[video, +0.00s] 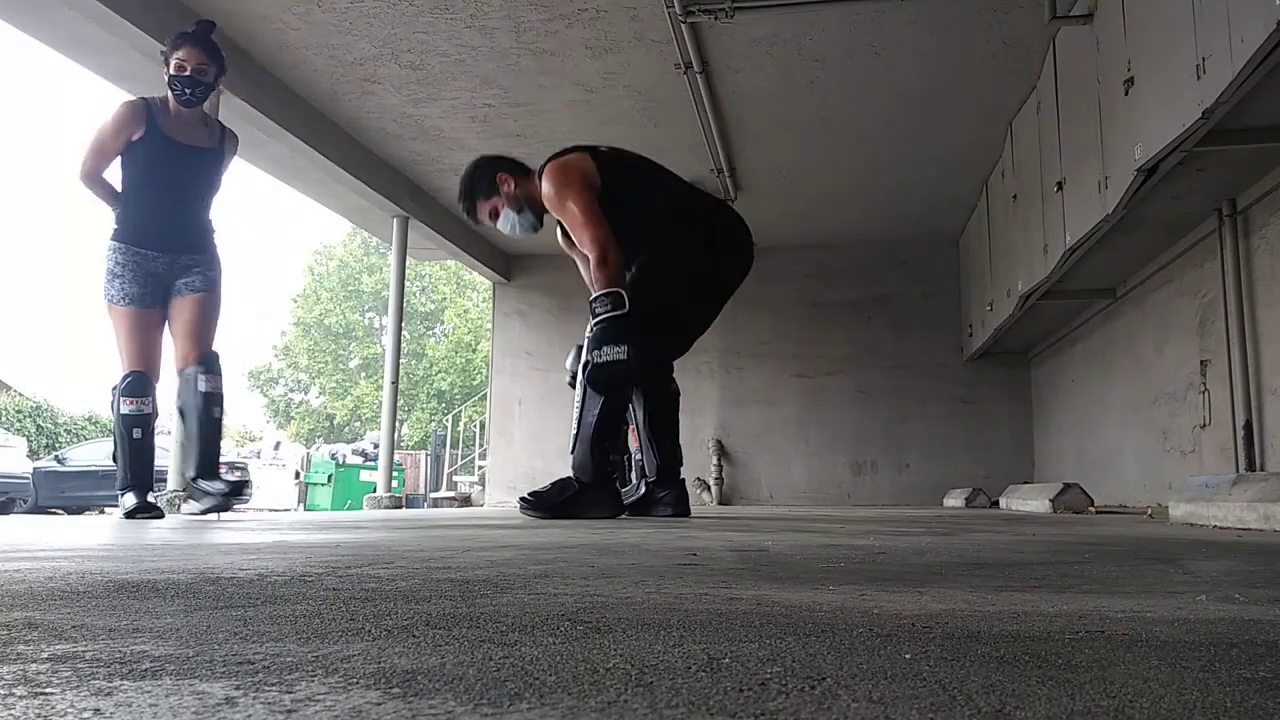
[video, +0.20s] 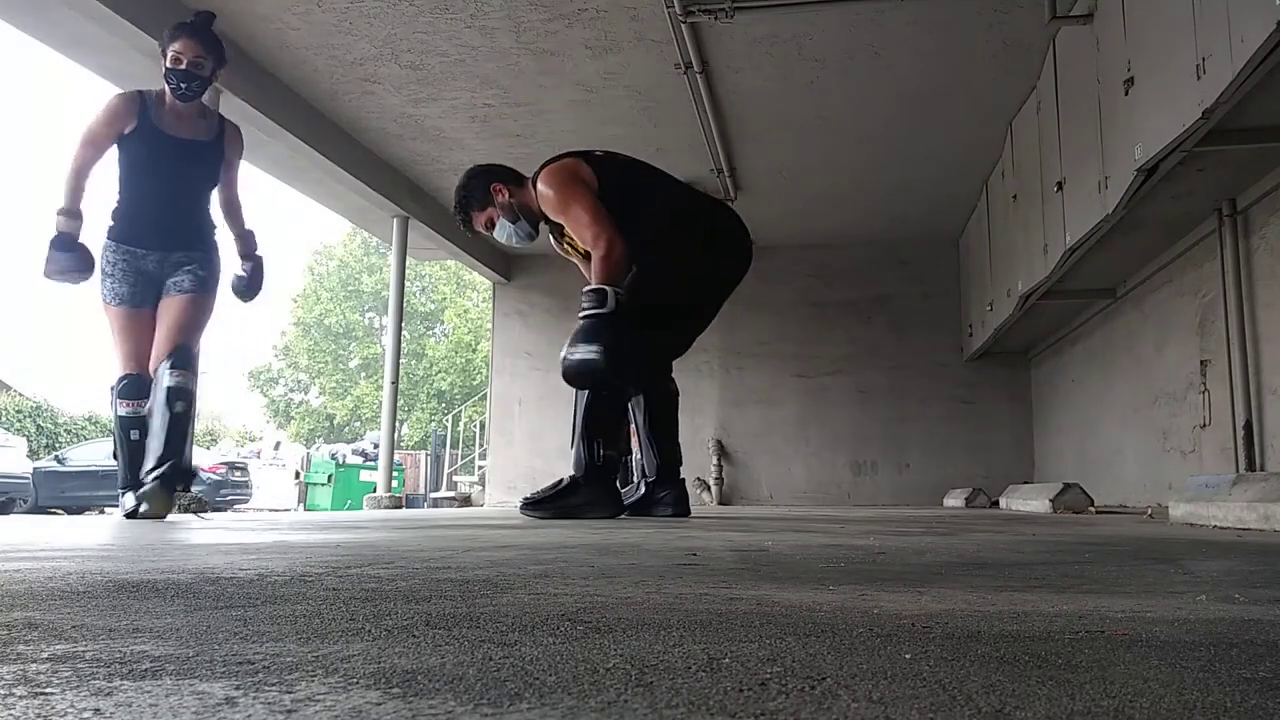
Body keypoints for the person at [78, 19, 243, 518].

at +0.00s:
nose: (188, 77)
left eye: (200, 70)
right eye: (180, 66)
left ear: (216, 79)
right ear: (166, 69)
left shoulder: (226, 141)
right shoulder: (137, 113)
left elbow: (204, 197)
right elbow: (90, 172)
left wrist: (188, 223)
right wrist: (128, 210)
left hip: (196, 258)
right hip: (135, 255)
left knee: (200, 366)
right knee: (139, 378)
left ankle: (205, 479)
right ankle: (137, 492)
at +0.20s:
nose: (184, 69)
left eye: (197, 62)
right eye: (176, 58)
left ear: (215, 71)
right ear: (163, 60)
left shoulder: (226, 135)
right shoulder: (130, 106)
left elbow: (229, 201)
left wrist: (247, 251)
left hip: (194, 256)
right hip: (128, 252)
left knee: (173, 362)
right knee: (133, 376)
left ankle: (163, 482)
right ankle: (133, 489)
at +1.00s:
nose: (108, 10)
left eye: (121, 4)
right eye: (100, 3)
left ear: (138, 9)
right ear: (83, 6)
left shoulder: (158, 67)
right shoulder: (47, 54)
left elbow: (195, 149)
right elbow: (14, 135)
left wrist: (160, 147)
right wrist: (34, 108)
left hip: (133, 216)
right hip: (59, 211)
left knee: (133, 354)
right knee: (17, 346)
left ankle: (146, 489)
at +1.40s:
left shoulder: (113, 34)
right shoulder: (4, 21)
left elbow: (156, 120)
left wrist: (131, 126)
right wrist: (1, 85)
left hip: (89, 198)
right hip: (12, 193)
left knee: (93, 332)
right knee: (5, 340)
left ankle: (89, 478)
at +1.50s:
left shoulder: (117, 32)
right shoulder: (9, 20)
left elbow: (152, 123)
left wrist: (128, 130)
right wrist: (6, 88)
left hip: (90, 196)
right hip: (14, 192)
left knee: (79, 341)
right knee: (6, 343)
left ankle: (62, 484)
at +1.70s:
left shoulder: (138, 32)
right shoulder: (17, 9)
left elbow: (156, 124)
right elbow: (3, 76)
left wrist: (126, 124)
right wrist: (11, 79)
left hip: (98, 187)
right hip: (16, 179)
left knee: (77, 333)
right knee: (6, 336)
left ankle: (59, 484)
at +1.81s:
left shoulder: (149, 33)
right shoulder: (24, 7)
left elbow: (159, 126)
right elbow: (2, 68)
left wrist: (137, 122)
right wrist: (41, 68)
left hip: (101, 187)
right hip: (17, 176)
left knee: (80, 339)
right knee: (2, 336)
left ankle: (63, 484)